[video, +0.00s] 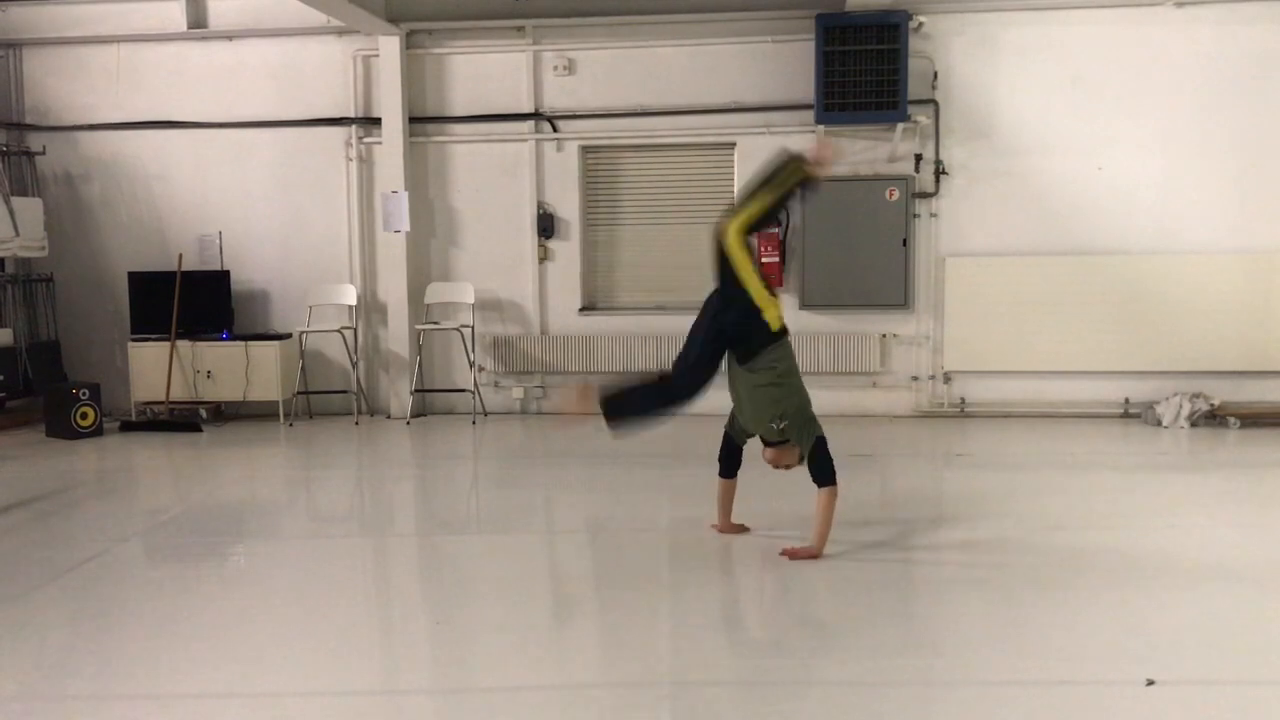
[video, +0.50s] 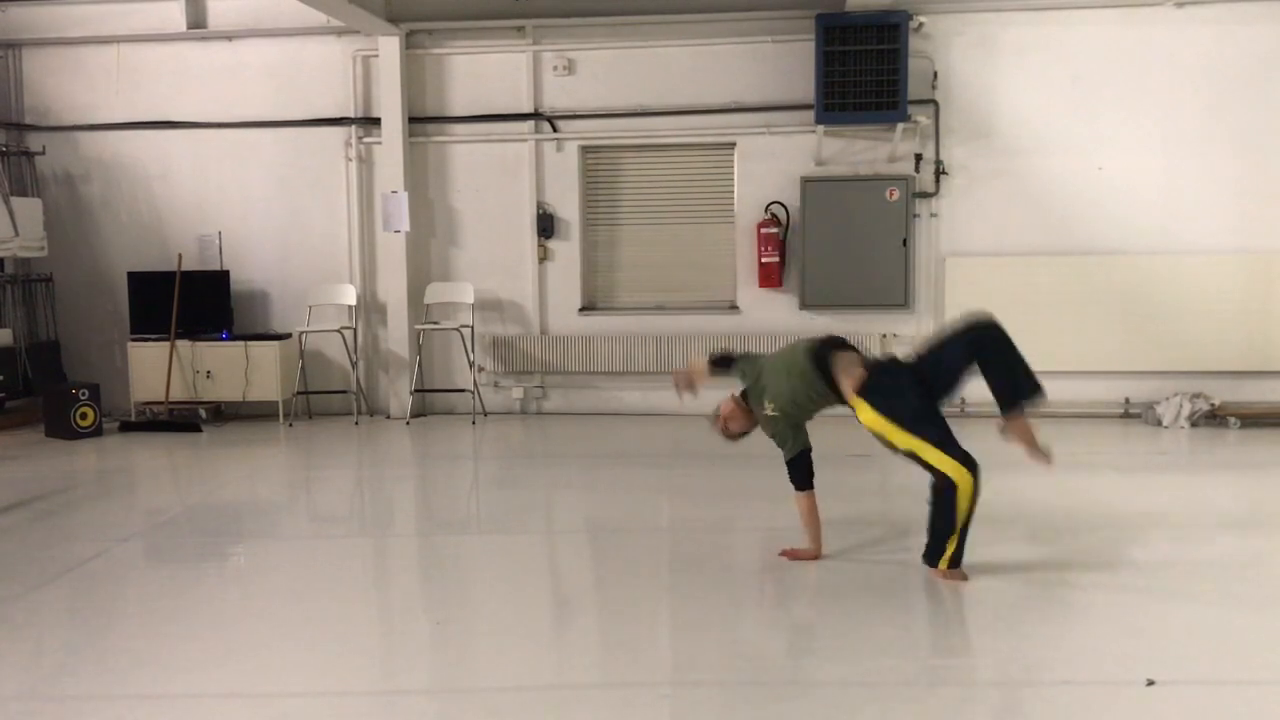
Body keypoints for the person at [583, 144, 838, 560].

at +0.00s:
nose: (773, 466)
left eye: (778, 467)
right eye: (781, 466)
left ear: (775, 445)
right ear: (793, 446)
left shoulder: (743, 421)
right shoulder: (807, 430)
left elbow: (728, 466)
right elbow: (829, 487)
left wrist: (724, 522)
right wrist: (817, 548)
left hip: (722, 314)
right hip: (758, 315)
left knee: (680, 386)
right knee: (732, 230)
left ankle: (600, 404)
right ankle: (800, 169)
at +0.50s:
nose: (727, 415)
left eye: (723, 414)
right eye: (728, 424)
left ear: (730, 401)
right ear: (741, 425)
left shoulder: (756, 372)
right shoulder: (781, 420)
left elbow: (722, 358)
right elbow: (802, 484)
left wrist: (693, 370)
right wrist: (815, 547)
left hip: (901, 376)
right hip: (879, 402)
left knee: (982, 331)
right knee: (960, 472)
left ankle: (1016, 417)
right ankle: (941, 560)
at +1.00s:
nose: (981, 355)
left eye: (983, 347)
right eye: (971, 350)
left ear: (988, 350)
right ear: (946, 360)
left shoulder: (987, 393)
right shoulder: (935, 401)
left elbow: (1013, 433)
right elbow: (913, 461)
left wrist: (1052, 460)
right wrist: (896, 511)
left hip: (965, 489)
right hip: (925, 498)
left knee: (1029, 459)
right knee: (988, 477)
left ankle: (999, 538)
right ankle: (943, 560)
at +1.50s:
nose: (1010, 411)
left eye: (1012, 403)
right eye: (1009, 401)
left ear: (985, 392)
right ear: (988, 392)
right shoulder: (968, 409)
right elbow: (1025, 440)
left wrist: (853, 507)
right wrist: (1050, 466)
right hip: (910, 510)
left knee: (998, 451)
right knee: (980, 463)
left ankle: (999, 537)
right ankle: (947, 557)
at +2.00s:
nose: (809, 447)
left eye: (815, 442)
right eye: (812, 439)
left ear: (800, 421)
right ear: (799, 422)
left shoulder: (775, 436)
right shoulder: (755, 427)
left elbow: (793, 481)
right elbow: (707, 470)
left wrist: (822, 506)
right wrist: (692, 526)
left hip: (731, 490)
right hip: (707, 499)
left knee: (805, 507)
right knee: (788, 525)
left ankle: (897, 523)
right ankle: (883, 542)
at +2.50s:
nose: (681, 484)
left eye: (689, 485)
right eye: (684, 480)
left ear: (703, 457)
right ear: (681, 461)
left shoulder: (691, 440)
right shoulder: (647, 447)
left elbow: (733, 461)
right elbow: (635, 496)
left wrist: (780, 468)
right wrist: (674, 534)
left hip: (631, 481)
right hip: (599, 490)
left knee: (687, 501)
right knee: (672, 514)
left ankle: (763, 522)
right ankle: (747, 531)